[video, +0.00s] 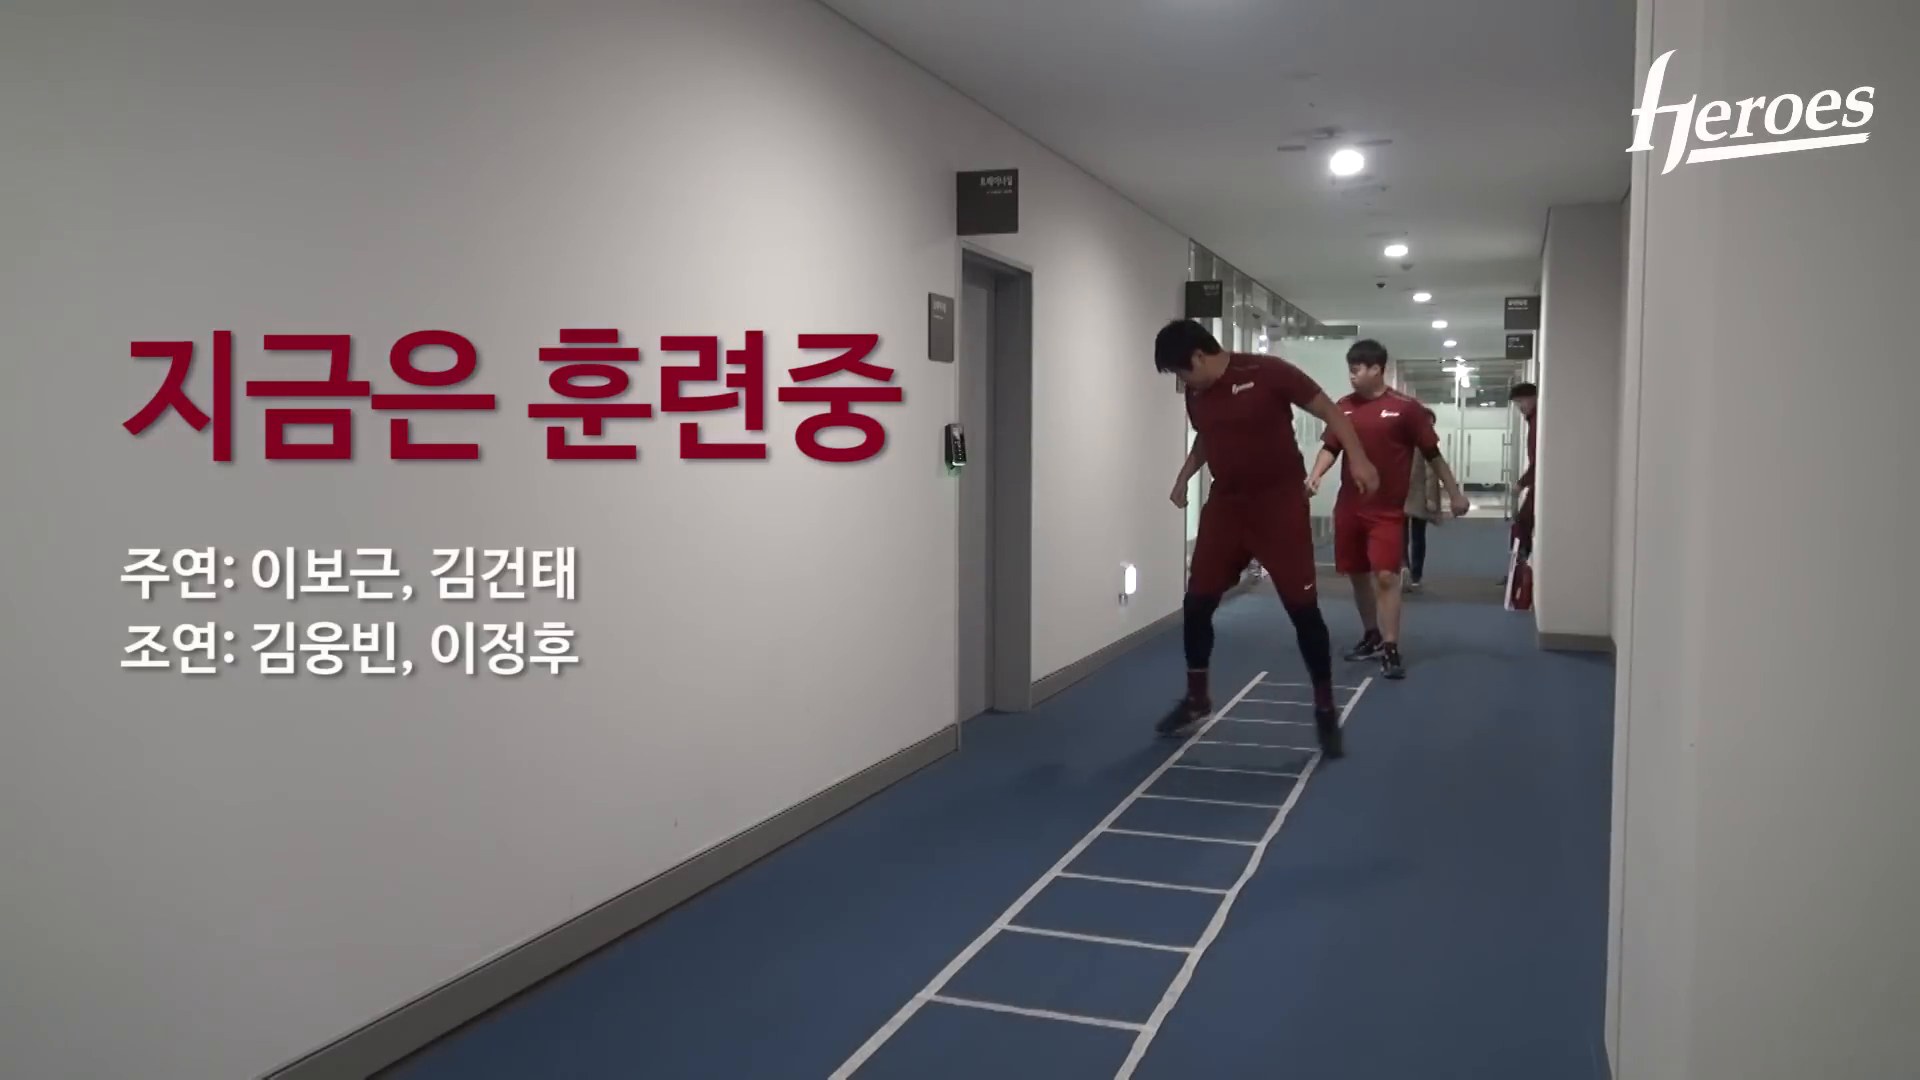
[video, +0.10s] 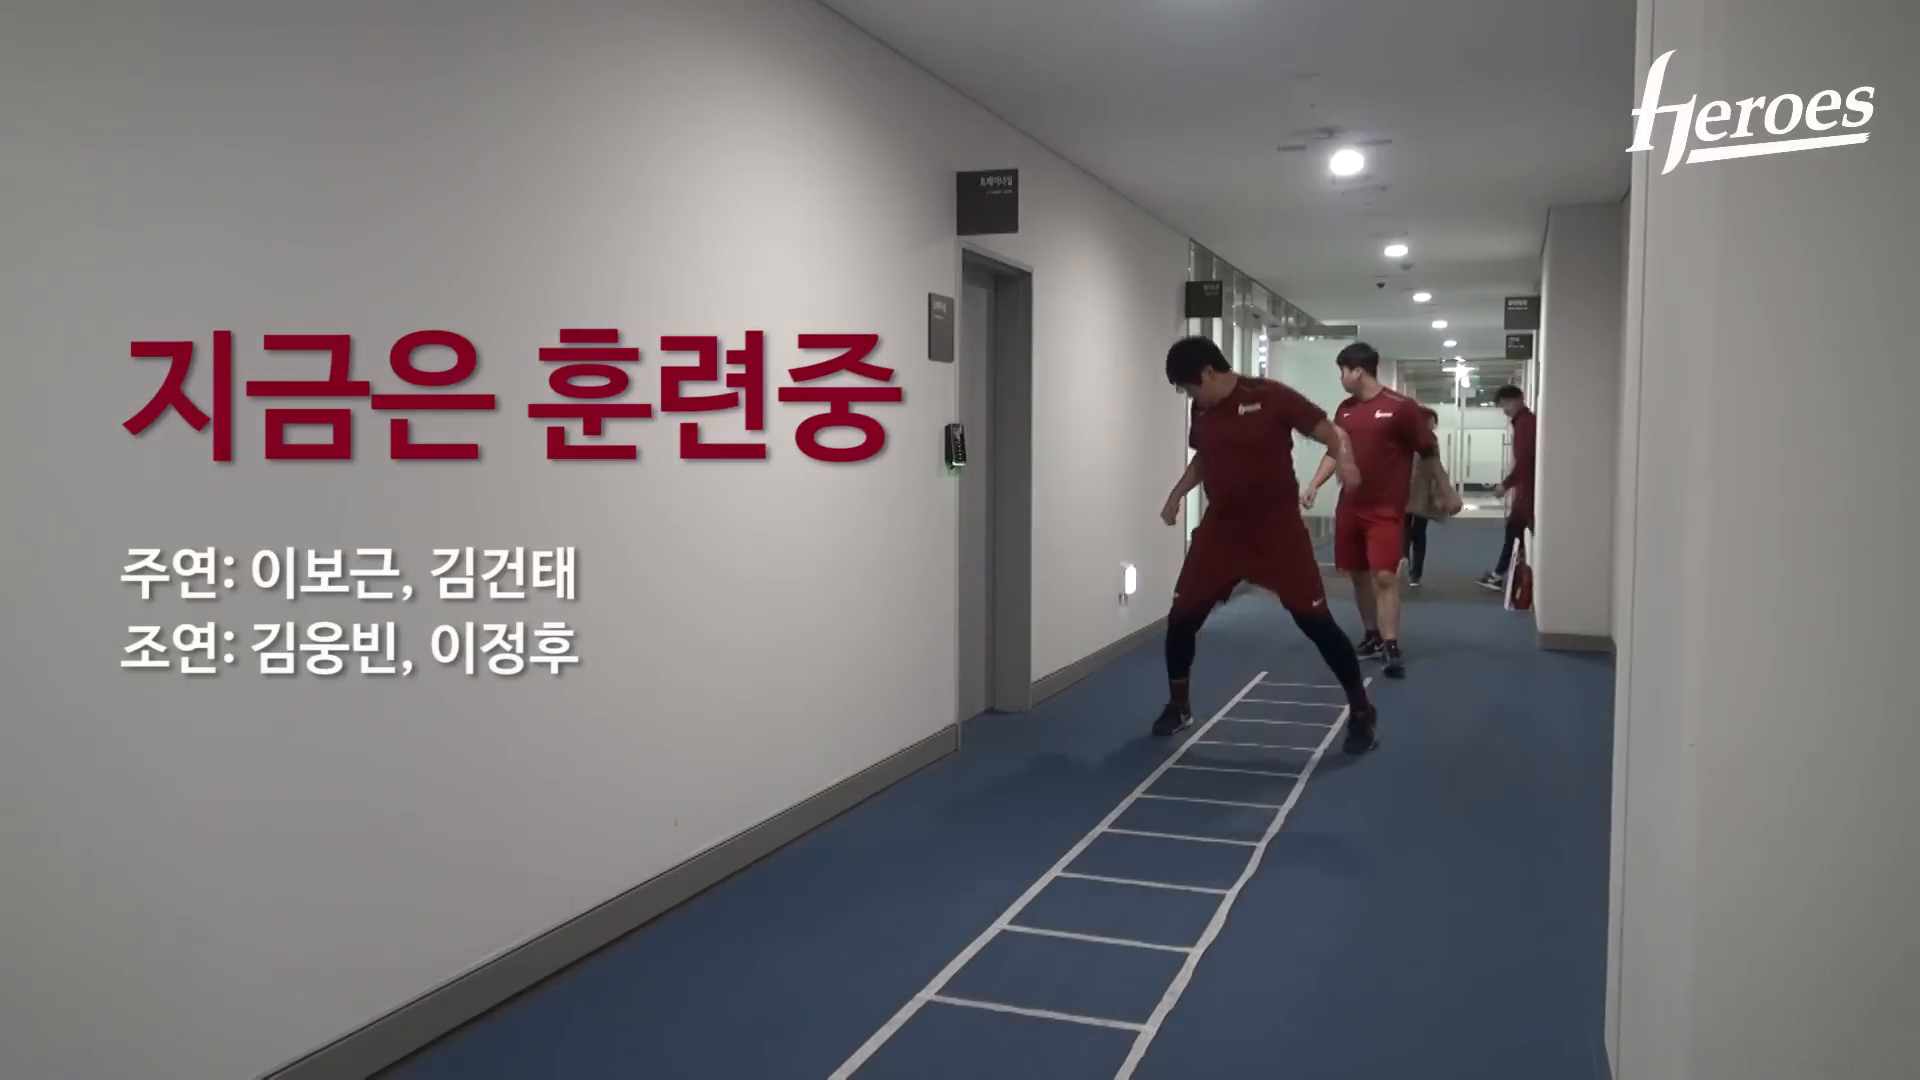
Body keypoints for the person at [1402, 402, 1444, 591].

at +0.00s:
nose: (1427, 427)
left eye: (1429, 423)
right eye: (1423, 423)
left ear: (1431, 425)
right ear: (1414, 424)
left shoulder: (1429, 449)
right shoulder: (1403, 444)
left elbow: (1432, 476)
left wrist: (1432, 501)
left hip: (1417, 497)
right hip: (1399, 496)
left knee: (1417, 537)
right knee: (1401, 536)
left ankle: (1416, 575)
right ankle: (1404, 567)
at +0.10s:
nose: (1428, 427)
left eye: (1431, 423)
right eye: (1425, 423)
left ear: (1434, 425)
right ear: (1417, 424)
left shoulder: (1430, 444)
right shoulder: (1406, 442)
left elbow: (1434, 473)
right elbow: (1433, 474)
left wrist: (1438, 497)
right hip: (1405, 496)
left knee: (1419, 535)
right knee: (1404, 532)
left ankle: (1415, 574)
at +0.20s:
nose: (1434, 422)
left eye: (1434, 419)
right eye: (1433, 419)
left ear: (1416, 418)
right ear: (1427, 419)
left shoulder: (1405, 435)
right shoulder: (1431, 436)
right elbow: (1438, 465)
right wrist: (1446, 493)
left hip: (1402, 492)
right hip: (1421, 492)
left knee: (1404, 533)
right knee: (1419, 534)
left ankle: (1405, 566)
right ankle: (1415, 573)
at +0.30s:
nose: (1431, 421)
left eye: (1430, 417)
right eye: (1430, 417)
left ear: (1412, 418)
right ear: (1427, 418)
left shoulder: (1403, 435)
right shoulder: (1431, 437)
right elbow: (1443, 464)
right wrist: (1453, 489)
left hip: (1403, 488)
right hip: (1424, 489)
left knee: (1404, 530)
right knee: (1419, 531)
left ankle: (1405, 568)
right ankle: (1415, 572)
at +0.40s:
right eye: (1425, 417)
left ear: (1410, 419)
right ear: (1426, 418)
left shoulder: (1403, 438)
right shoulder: (1433, 438)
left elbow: (1399, 465)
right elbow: (1444, 465)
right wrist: (1456, 488)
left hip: (1405, 488)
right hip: (1425, 489)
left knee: (1405, 530)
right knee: (1420, 531)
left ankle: (1405, 567)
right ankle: (1416, 566)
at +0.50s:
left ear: (1408, 418)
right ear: (1425, 417)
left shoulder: (1402, 436)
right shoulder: (1433, 437)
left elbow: (1397, 464)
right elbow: (1442, 463)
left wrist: (1397, 484)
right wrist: (1449, 483)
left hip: (1405, 488)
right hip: (1426, 488)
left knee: (1406, 528)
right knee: (1423, 524)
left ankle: (1408, 566)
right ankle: (1420, 554)